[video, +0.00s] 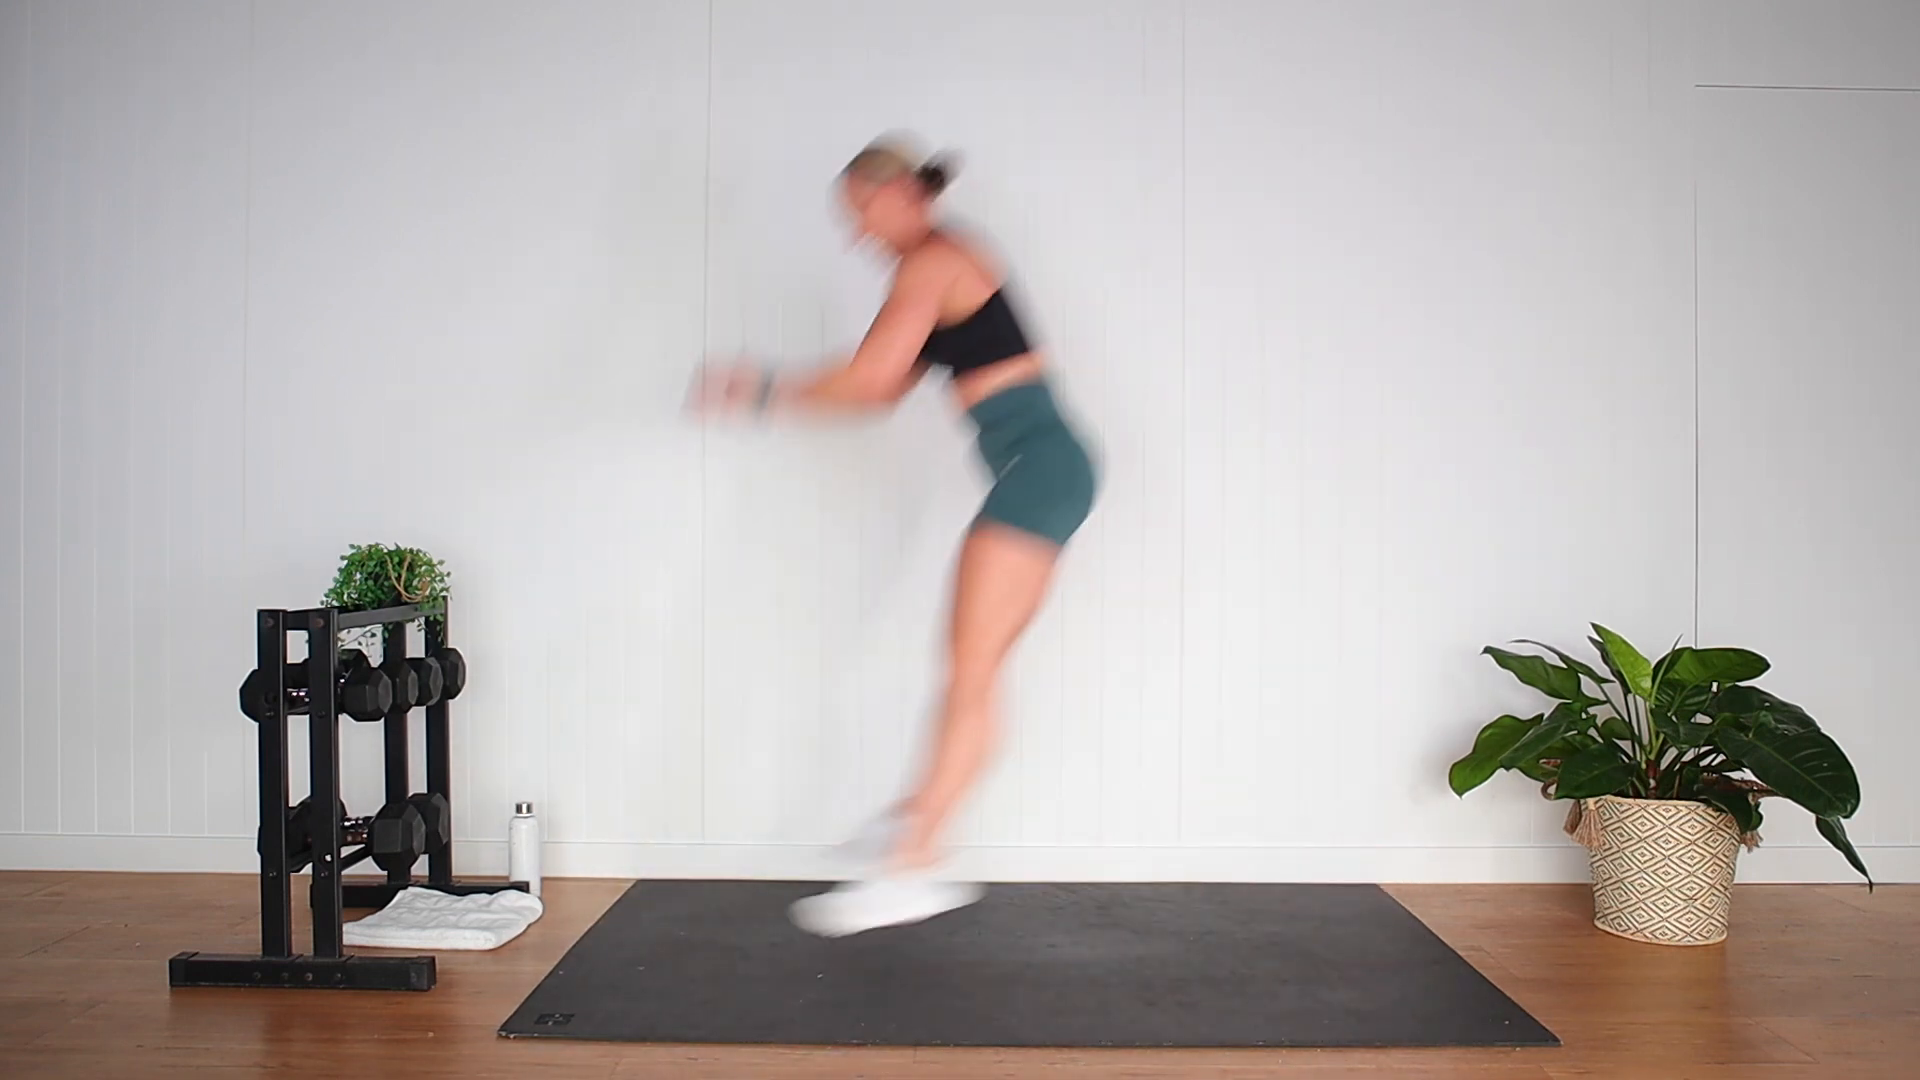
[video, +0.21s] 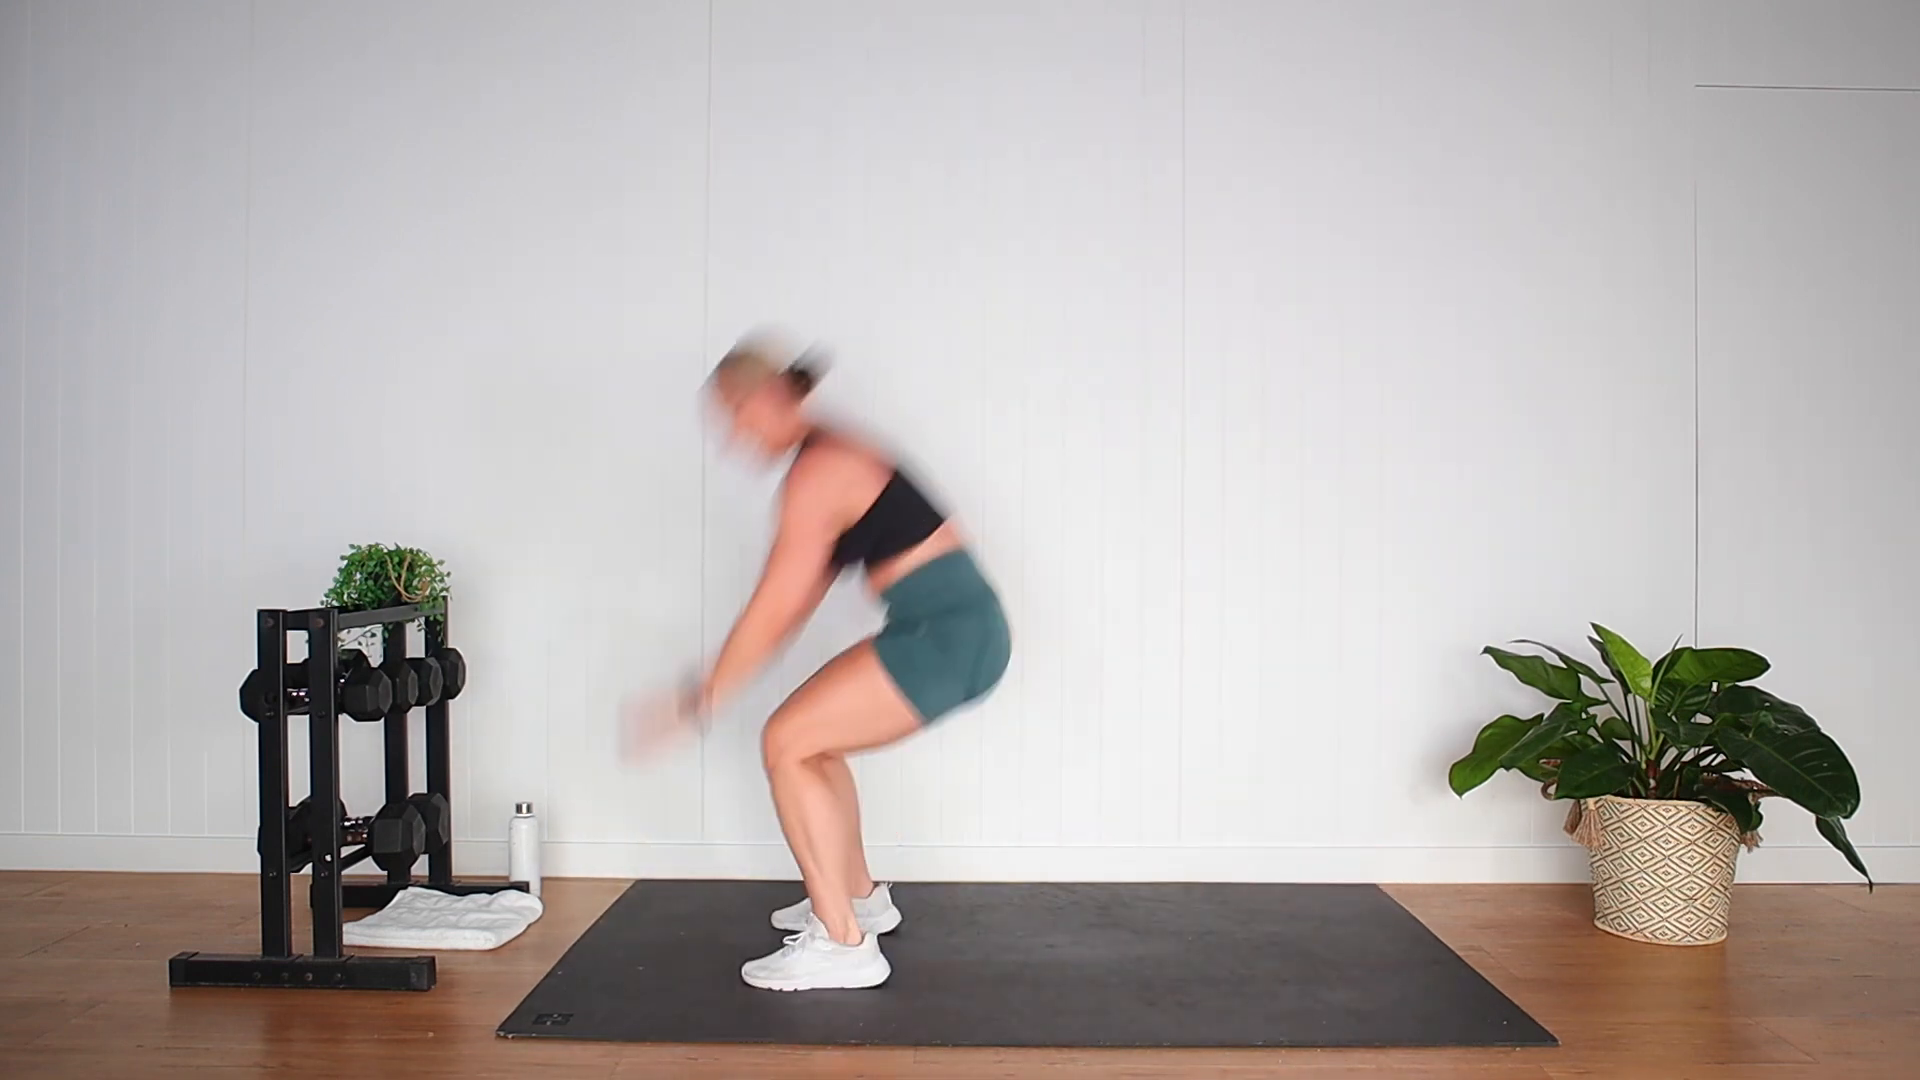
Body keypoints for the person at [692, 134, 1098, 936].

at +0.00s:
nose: (858, 229)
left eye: (864, 210)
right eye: (854, 214)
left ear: (902, 196)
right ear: (903, 200)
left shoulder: (934, 264)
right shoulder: (948, 258)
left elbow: (872, 380)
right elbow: (878, 388)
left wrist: (766, 391)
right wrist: (771, 390)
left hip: (1038, 463)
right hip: (1043, 460)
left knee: (973, 662)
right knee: (975, 659)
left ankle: (919, 859)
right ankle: (918, 823)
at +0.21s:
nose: (736, 431)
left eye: (739, 412)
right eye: (731, 416)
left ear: (774, 398)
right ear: (776, 399)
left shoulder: (820, 470)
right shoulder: (836, 456)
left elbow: (776, 608)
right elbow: (793, 605)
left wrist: (706, 697)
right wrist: (717, 683)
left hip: (949, 634)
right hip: (951, 627)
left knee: (787, 742)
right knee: (804, 736)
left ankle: (840, 941)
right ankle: (858, 892)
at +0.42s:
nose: (639, 645)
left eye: (632, 631)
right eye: (629, 635)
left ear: (654, 603)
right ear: (661, 597)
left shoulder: (717, 634)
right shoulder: (735, 617)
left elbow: (710, 773)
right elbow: (741, 761)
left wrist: (695, 905)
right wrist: (727, 859)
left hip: (936, 649)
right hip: (941, 640)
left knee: (772, 746)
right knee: (792, 739)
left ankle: (842, 938)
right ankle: (862, 897)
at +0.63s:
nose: (652, 742)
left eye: (638, 734)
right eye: (638, 740)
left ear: (643, 693)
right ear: (648, 683)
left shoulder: (705, 685)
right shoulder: (727, 671)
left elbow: (723, 836)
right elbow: (746, 807)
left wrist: (710, 955)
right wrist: (733, 902)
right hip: (908, 584)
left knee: (794, 735)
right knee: (808, 731)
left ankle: (842, 939)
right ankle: (861, 895)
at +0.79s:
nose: (673, 765)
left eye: (659, 757)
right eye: (660, 763)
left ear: (657, 714)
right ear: (657, 708)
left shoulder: (712, 684)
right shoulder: (723, 683)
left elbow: (721, 834)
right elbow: (741, 814)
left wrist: (709, 958)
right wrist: (732, 907)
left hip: (877, 522)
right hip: (877, 520)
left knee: (900, 717)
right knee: (905, 710)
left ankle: (1022, 887)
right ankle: (1009, 855)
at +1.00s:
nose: (617, 763)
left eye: (602, 751)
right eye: (602, 757)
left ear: (613, 705)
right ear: (619, 703)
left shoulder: (671, 685)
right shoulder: (692, 691)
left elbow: (704, 828)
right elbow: (739, 815)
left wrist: (709, 956)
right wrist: (730, 913)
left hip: (877, 615)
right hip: (877, 614)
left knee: (1053, 744)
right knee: (1054, 730)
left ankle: (1236, 844)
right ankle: (1224, 835)